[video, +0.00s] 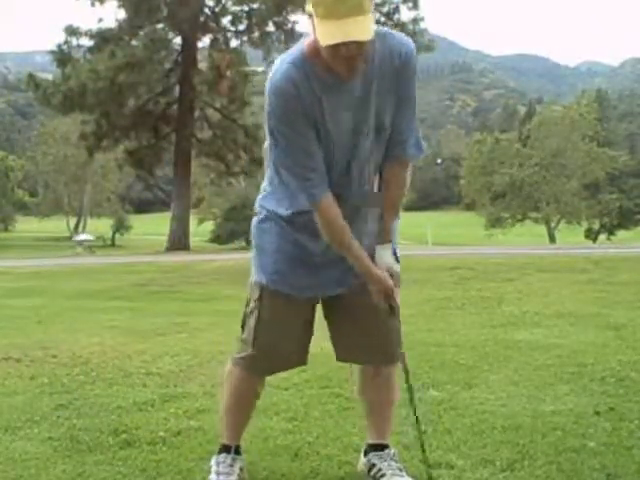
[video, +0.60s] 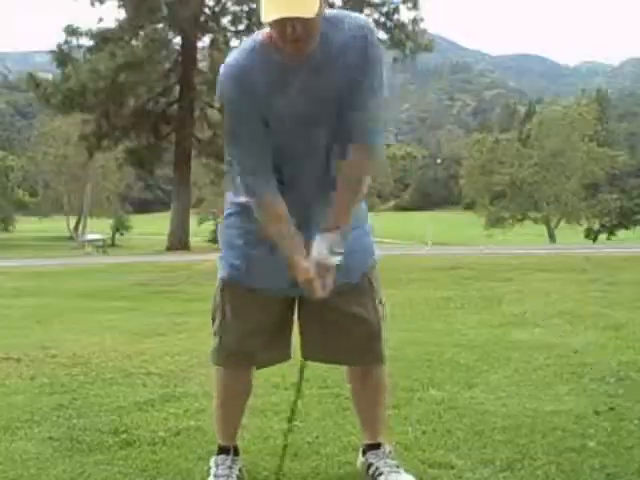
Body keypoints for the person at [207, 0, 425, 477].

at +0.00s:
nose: (352, 52)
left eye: (359, 41)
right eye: (339, 43)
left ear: (371, 23)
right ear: (314, 30)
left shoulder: (397, 56)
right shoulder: (288, 82)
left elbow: (398, 156)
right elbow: (315, 194)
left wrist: (387, 241)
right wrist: (365, 266)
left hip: (363, 229)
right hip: (291, 228)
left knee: (382, 346)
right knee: (259, 348)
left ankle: (379, 453)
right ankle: (228, 454)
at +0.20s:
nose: (343, 47)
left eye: (353, 33)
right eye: (331, 36)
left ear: (369, 18)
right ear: (313, 27)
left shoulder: (390, 35)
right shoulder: (299, 89)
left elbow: (417, 128)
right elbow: (358, 189)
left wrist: (431, 214)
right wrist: (429, 245)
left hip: (369, 222)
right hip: (299, 228)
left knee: (386, 341)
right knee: (266, 348)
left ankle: (379, 453)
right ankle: (229, 454)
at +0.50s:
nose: (307, 37)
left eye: (318, 24)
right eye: (294, 27)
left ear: (336, 10)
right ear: (277, 18)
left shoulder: (365, 32)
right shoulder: (264, 81)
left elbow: (394, 128)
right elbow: (317, 186)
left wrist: (398, 208)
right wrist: (382, 249)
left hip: (346, 217)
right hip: (269, 221)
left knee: (369, 339)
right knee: (241, 348)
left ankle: (378, 455)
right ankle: (226, 457)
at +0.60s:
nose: (292, 31)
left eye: (303, 19)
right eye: (281, 21)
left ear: (322, 10)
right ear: (264, 16)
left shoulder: (357, 39)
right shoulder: (240, 73)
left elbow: (362, 145)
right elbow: (257, 180)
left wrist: (333, 236)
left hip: (340, 216)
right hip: (257, 217)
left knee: (366, 338)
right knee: (236, 344)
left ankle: (376, 453)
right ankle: (226, 457)